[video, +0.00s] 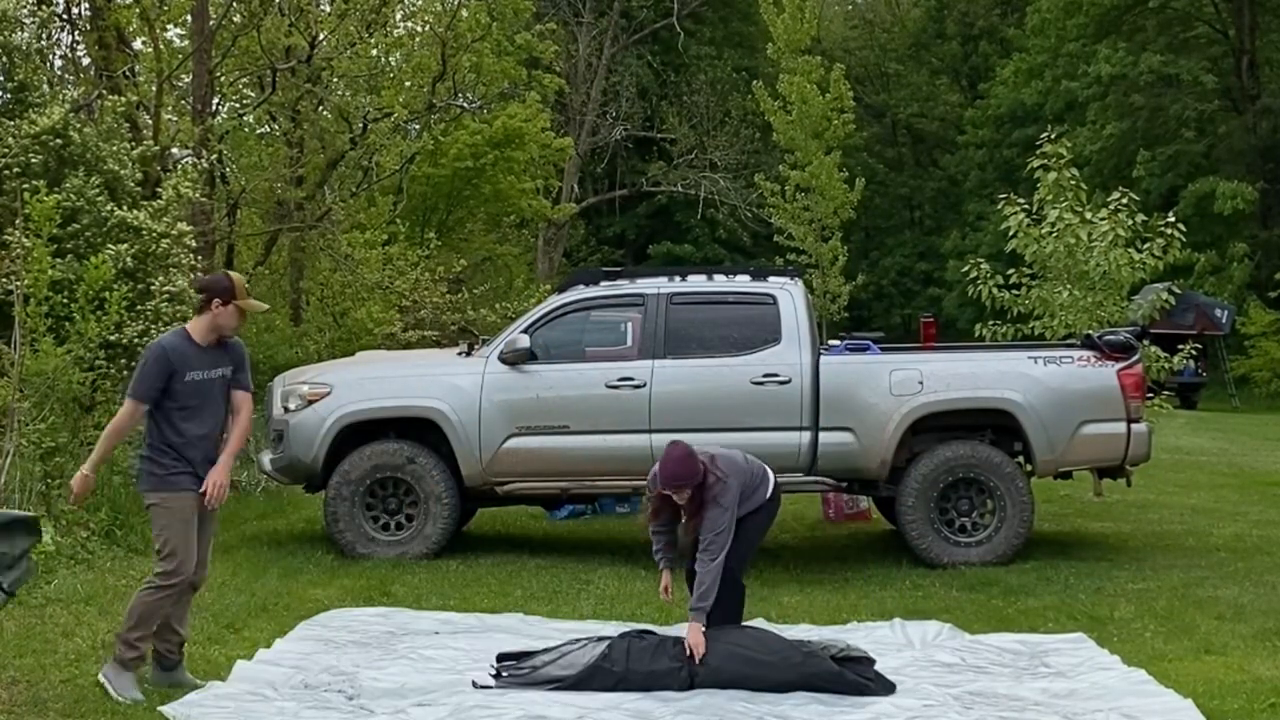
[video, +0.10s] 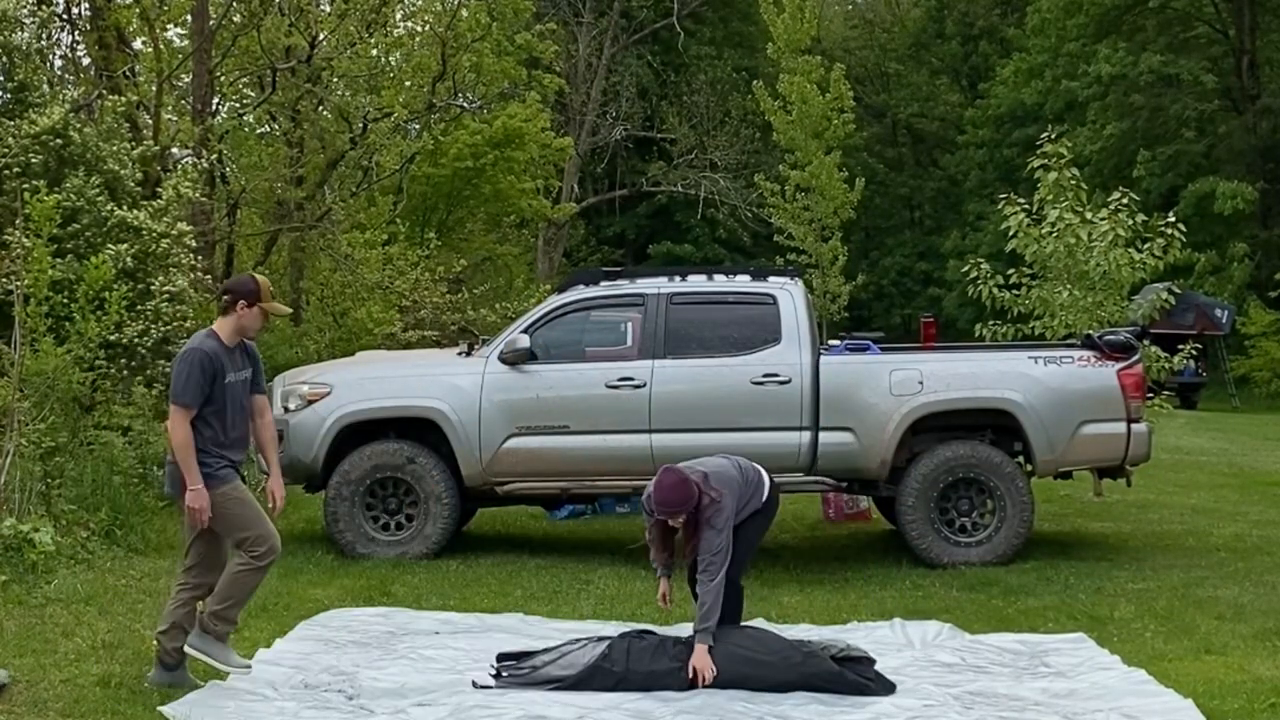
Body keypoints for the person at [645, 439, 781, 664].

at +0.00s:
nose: (679, 497)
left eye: (684, 490)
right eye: (673, 491)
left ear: (696, 481)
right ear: (662, 484)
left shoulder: (722, 483)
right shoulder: (658, 480)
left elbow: (712, 553)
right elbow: (661, 523)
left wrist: (696, 621)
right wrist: (665, 567)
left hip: (759, 497)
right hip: (712, 502)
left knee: (728, 570)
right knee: (695, 572)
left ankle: (725, 642)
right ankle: (712, 642)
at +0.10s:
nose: (675, 522)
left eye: (680, 516)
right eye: (669, 517)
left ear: (692, 505)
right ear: (656, 507)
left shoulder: (716, 501)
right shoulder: (652, 498)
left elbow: (712, 572)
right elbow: (657, 533)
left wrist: (703, 645)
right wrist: (663, 576)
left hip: (758, 494)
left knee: (728, 576)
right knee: (697, 575)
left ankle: (727, 647)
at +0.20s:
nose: (678, 512)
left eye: (684, 506)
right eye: (672, 507)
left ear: (696, 495)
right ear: (660, 495)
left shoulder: (721, 489)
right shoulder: (651, 488)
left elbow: (719, 563)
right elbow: (652, 531)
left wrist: (705, 632)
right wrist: (661, 571)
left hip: (751, 492)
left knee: (725, 571)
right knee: (683, 567)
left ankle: (726, 644)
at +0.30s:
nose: (680, 515)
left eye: (686, 510)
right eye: (674, 510)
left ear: (700, 497)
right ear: (662, 495)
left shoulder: (721, 492)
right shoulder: (650, 491)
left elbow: (721, 566)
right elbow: (645, 545)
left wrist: (708, 635)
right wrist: (653, 590)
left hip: (739, 498)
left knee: (726, 571)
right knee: (673, 572)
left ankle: (725, 646)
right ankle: (676, 645)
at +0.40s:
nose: (680, 514)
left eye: (687, 508)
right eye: (674, 508)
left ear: (700, 494)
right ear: (662, 493)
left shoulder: (720, 491)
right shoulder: (647, 488)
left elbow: (723, 559)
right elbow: (642, 542)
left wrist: (708, 623)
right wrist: (651, 586)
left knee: (723, 566)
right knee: (667, 571)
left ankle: (723, 641)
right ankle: (675, 642)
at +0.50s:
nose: (679, 499)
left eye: (685, 494)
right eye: (673, 494)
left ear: (698, 482)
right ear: (661, 482)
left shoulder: (719, 483)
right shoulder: (646, 480)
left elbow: (744, 546)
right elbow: (641, 540)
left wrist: (710, 595)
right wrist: (652, 589)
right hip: (674, 505)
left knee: (717, 571)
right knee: (669, 570)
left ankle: (723, 644)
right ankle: (675, 643)